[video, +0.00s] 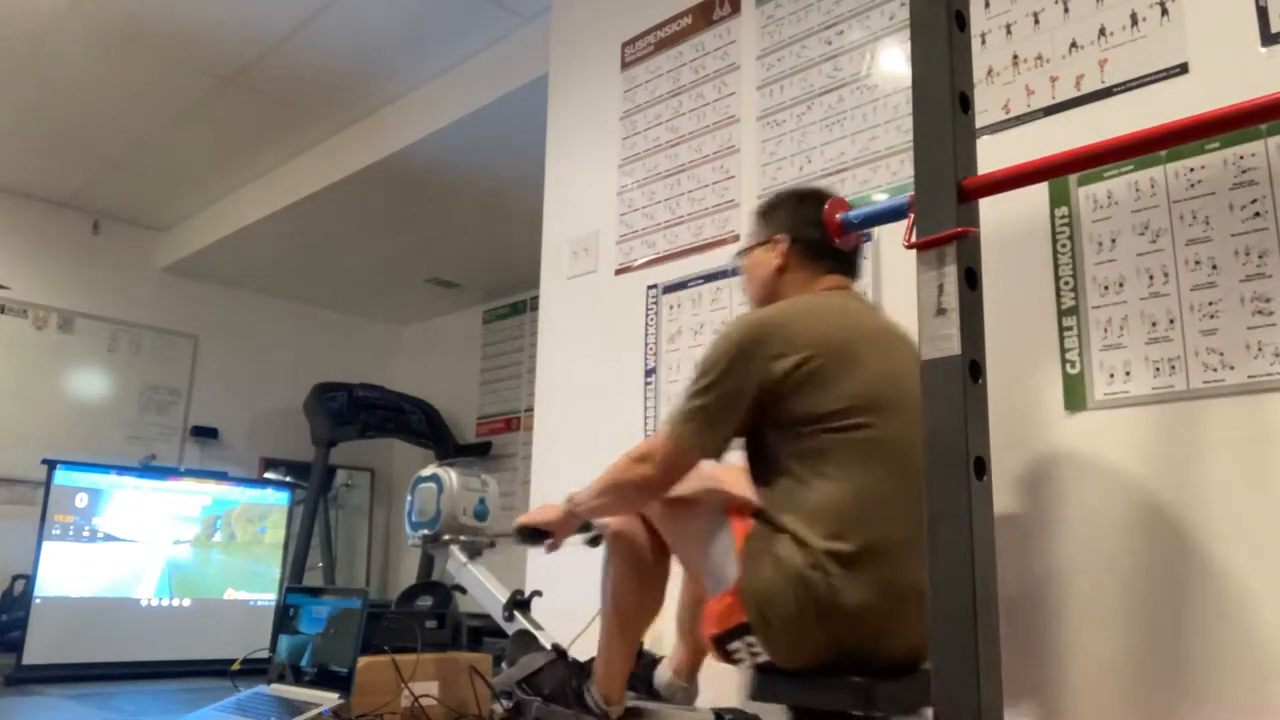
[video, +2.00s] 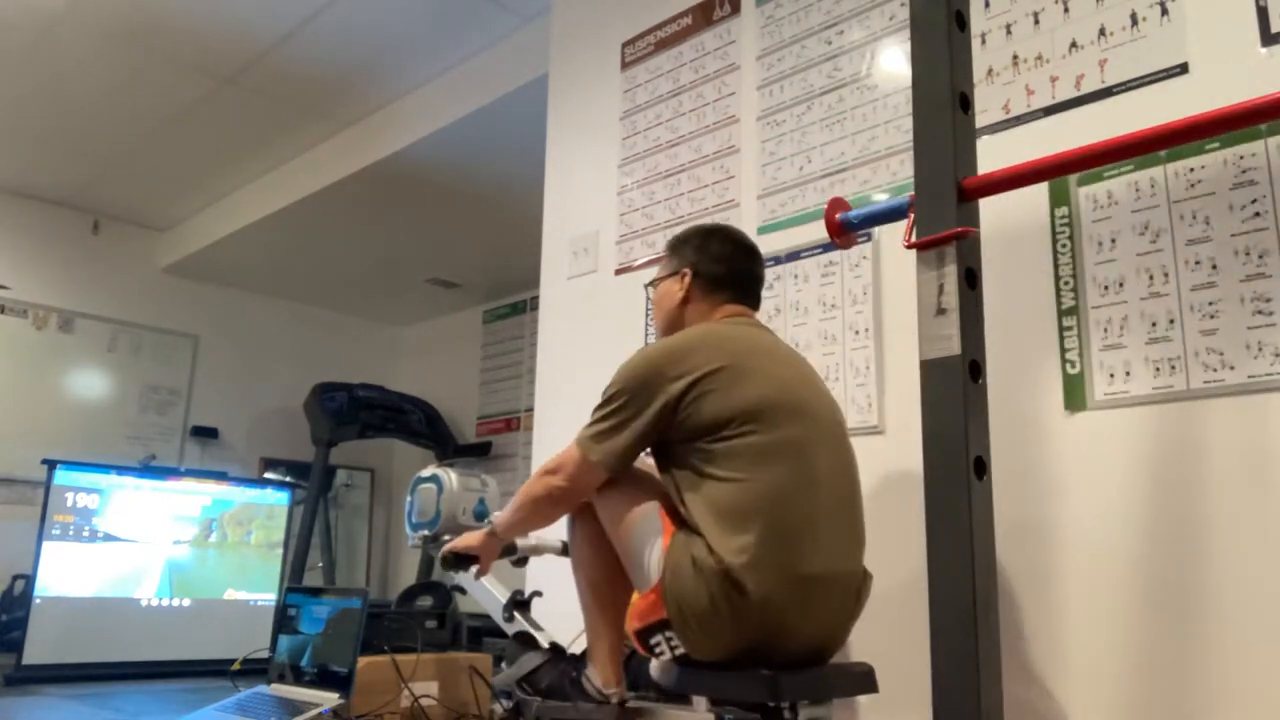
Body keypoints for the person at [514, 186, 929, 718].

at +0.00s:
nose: (742, 271)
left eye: (746, 254)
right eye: (742, 257)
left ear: (780, 251)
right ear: (842, 260)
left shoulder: (767, 332)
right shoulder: (891, 337)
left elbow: (654, 469)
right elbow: (822, 499)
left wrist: (571, 510)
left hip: (807, 626)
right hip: (905, 631)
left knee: (634, 508)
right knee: (711, 482)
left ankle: (606, 693)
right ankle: (680, 677)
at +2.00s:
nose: (652, 304)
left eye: (656, 287)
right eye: (652, 289)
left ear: (684, 284)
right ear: (743, 294)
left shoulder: (672, 359)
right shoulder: (790, 362)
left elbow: (565, 480)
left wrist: (495, 534)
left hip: (730, 627)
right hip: (821, 632)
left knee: (593, 481)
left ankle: (603, 681)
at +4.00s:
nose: (705, 296)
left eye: (709, 276)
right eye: (705, 279)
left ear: (741, 270)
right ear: (802, 281)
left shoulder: (735, 347)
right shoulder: (845, 352)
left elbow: (613, 470)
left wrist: (532, 528)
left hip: (780, 629)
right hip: (870, 633)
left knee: (623, 488)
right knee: (701, 473)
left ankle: (604, 688)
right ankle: (681, 669)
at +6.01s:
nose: (854, 248)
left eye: (864, 227)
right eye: (857, 229)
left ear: (916, 227)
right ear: (954, 233)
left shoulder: (910, 313)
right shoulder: (1011, 315)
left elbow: (759, 455)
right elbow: (886, 498)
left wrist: (655, 516)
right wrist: (725, 533)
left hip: (966, 634)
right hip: (1036, 630)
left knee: (714, 540)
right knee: (775, 548)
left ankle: (611, 704)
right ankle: (691, 692)